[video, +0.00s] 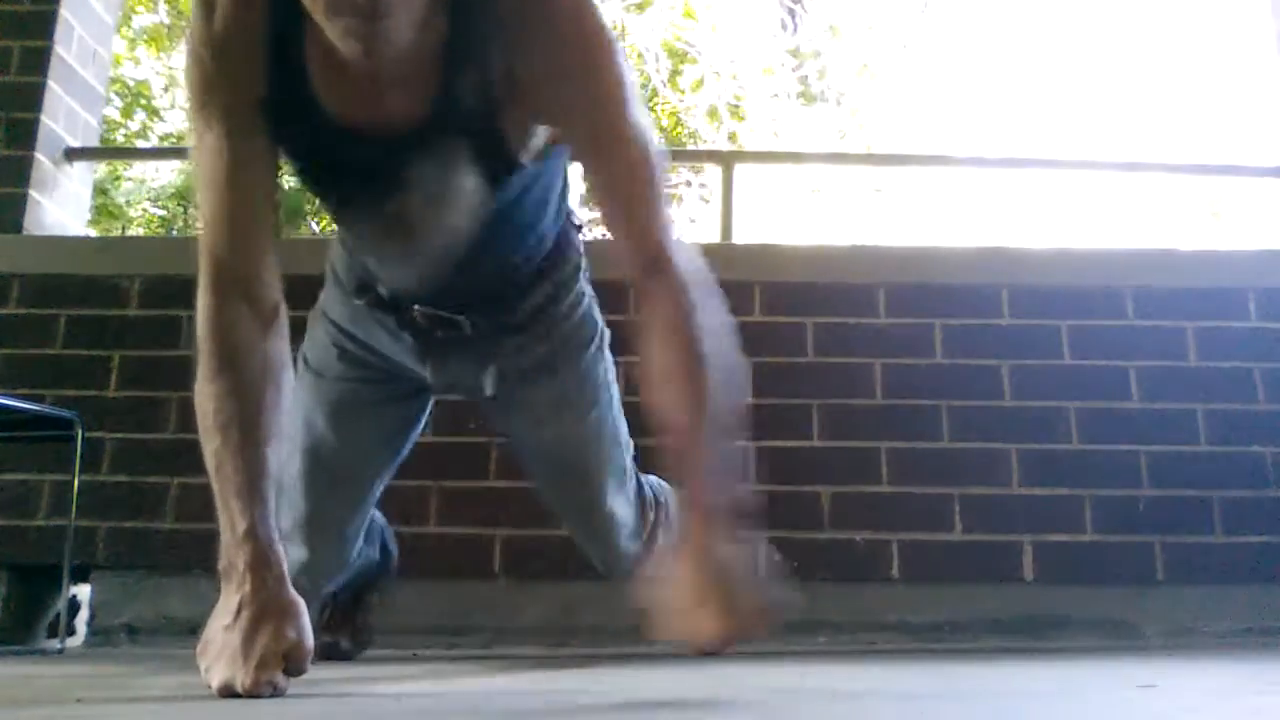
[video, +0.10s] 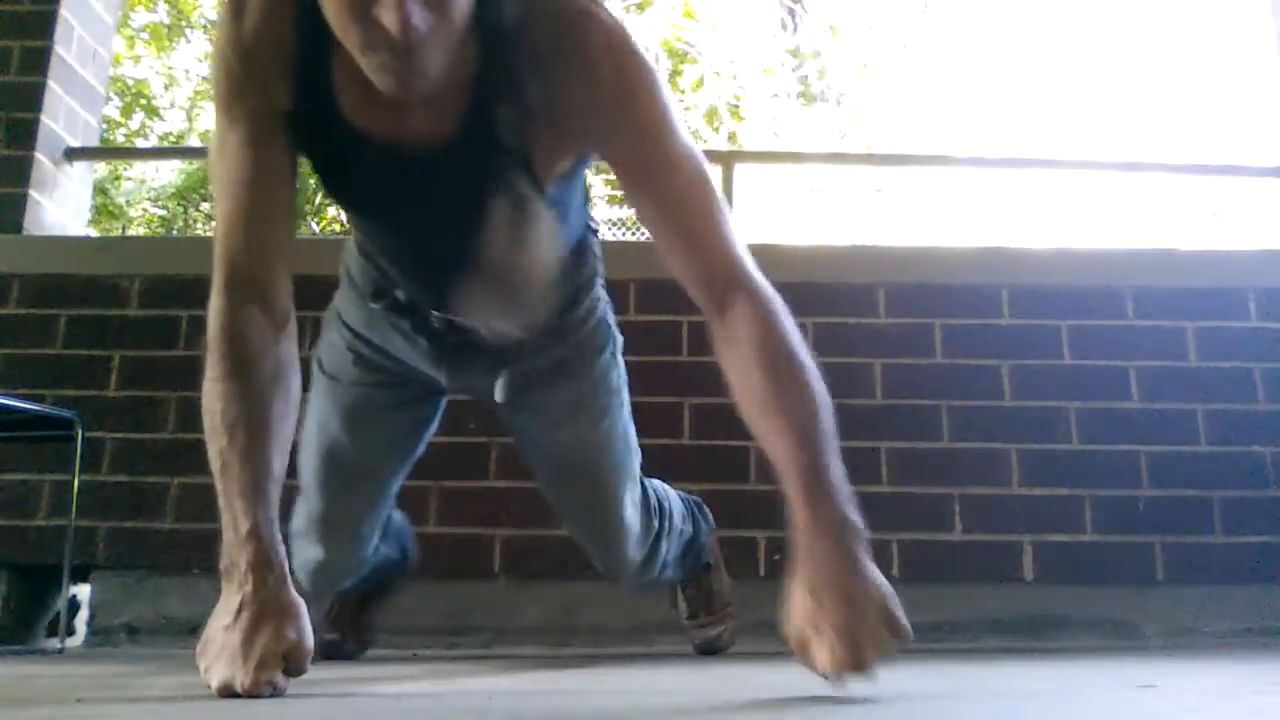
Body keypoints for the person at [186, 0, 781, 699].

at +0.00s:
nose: (357, 5)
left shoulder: (539, 22)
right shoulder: (237, 31)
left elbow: (660, 264)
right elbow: (240, 299)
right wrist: (248, 565)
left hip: (531, 316)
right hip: (367, 316)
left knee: (615, 542)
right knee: (299, 564)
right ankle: (357, 564)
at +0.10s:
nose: (400, 16)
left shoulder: (572, 40)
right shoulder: (266, 33)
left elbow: (730, 292)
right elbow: (251, 303)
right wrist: (249, 572)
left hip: (551, 330)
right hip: (384, 319)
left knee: (621, 542)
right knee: (320, 555)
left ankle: (690, 545)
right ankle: (378, 562)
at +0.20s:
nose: (437, 36)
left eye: (473, 1)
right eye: (401, 1)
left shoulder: (612, 58)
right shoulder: (296, 38)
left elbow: (759, 303)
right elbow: (263, 308)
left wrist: (850, 557)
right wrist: (251, 568)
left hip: (574, 340)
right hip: (408, 325)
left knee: (631, 558)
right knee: (348, 571)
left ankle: (688, 549)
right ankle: (431, 541)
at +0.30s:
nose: (483, 22)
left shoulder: (650, 45)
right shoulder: (332, 32)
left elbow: (775, 298)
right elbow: (276, 306)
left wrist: (853, 561)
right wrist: (252, 564)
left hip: (603, 339)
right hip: (437, 334)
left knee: (643, 568)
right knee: (410, 591)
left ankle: (682, 556)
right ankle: (507, 523)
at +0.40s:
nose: (525, 13)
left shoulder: (692, 34)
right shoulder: (370, 27)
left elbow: (793, 287)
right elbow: (297, 296)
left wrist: (858, 561)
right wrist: (255, 566)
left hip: (636, 340)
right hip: (475, 338)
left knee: (663, 565)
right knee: (482, 593)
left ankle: (693, 569)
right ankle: (565, 549)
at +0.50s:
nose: (558, 45)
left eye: (588, 16)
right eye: (528, 18)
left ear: (639, 4)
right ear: (489, 4)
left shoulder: (734, 24)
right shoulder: (409, 26)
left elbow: (813, 281)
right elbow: (322, 284)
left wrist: (860, 564)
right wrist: (259, 567)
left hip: (676, 321)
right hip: (522, 326)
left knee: (695, 554)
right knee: (541, 590)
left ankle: (710, 574)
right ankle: (586, 559)